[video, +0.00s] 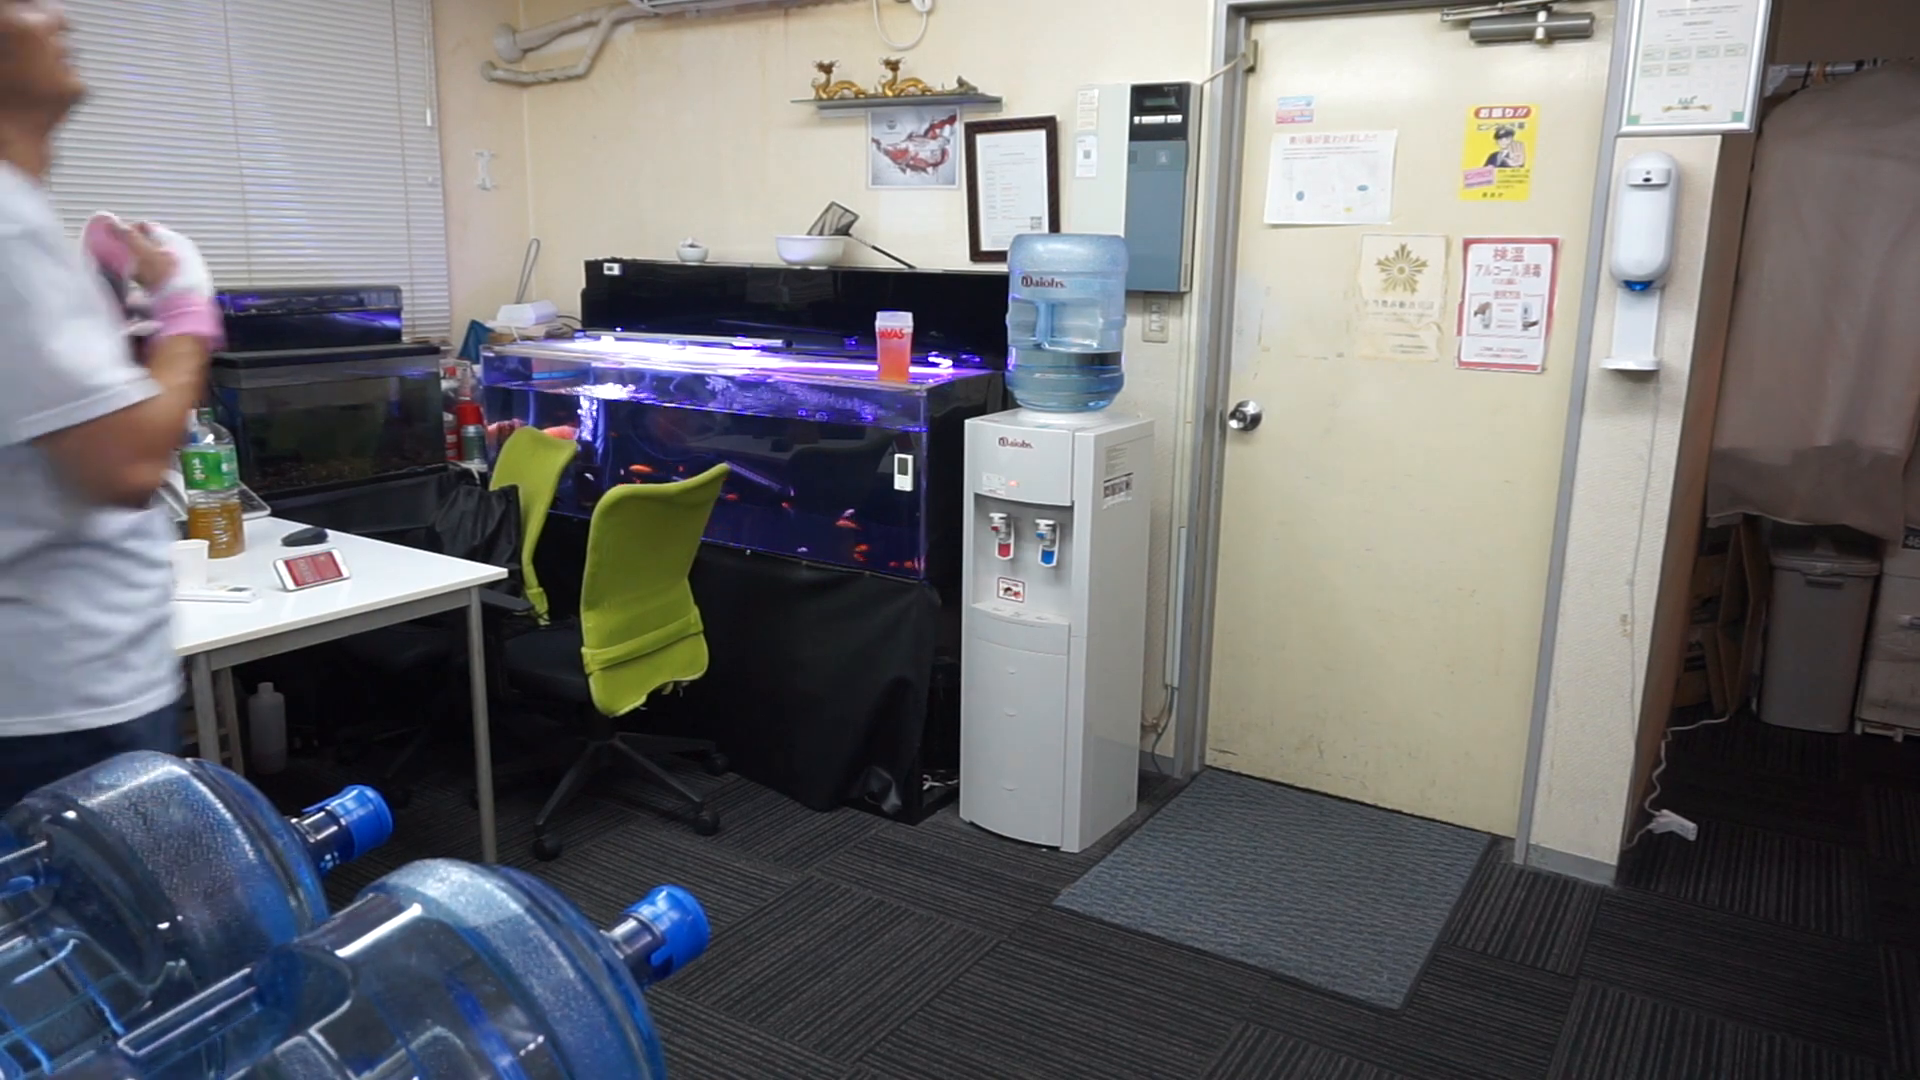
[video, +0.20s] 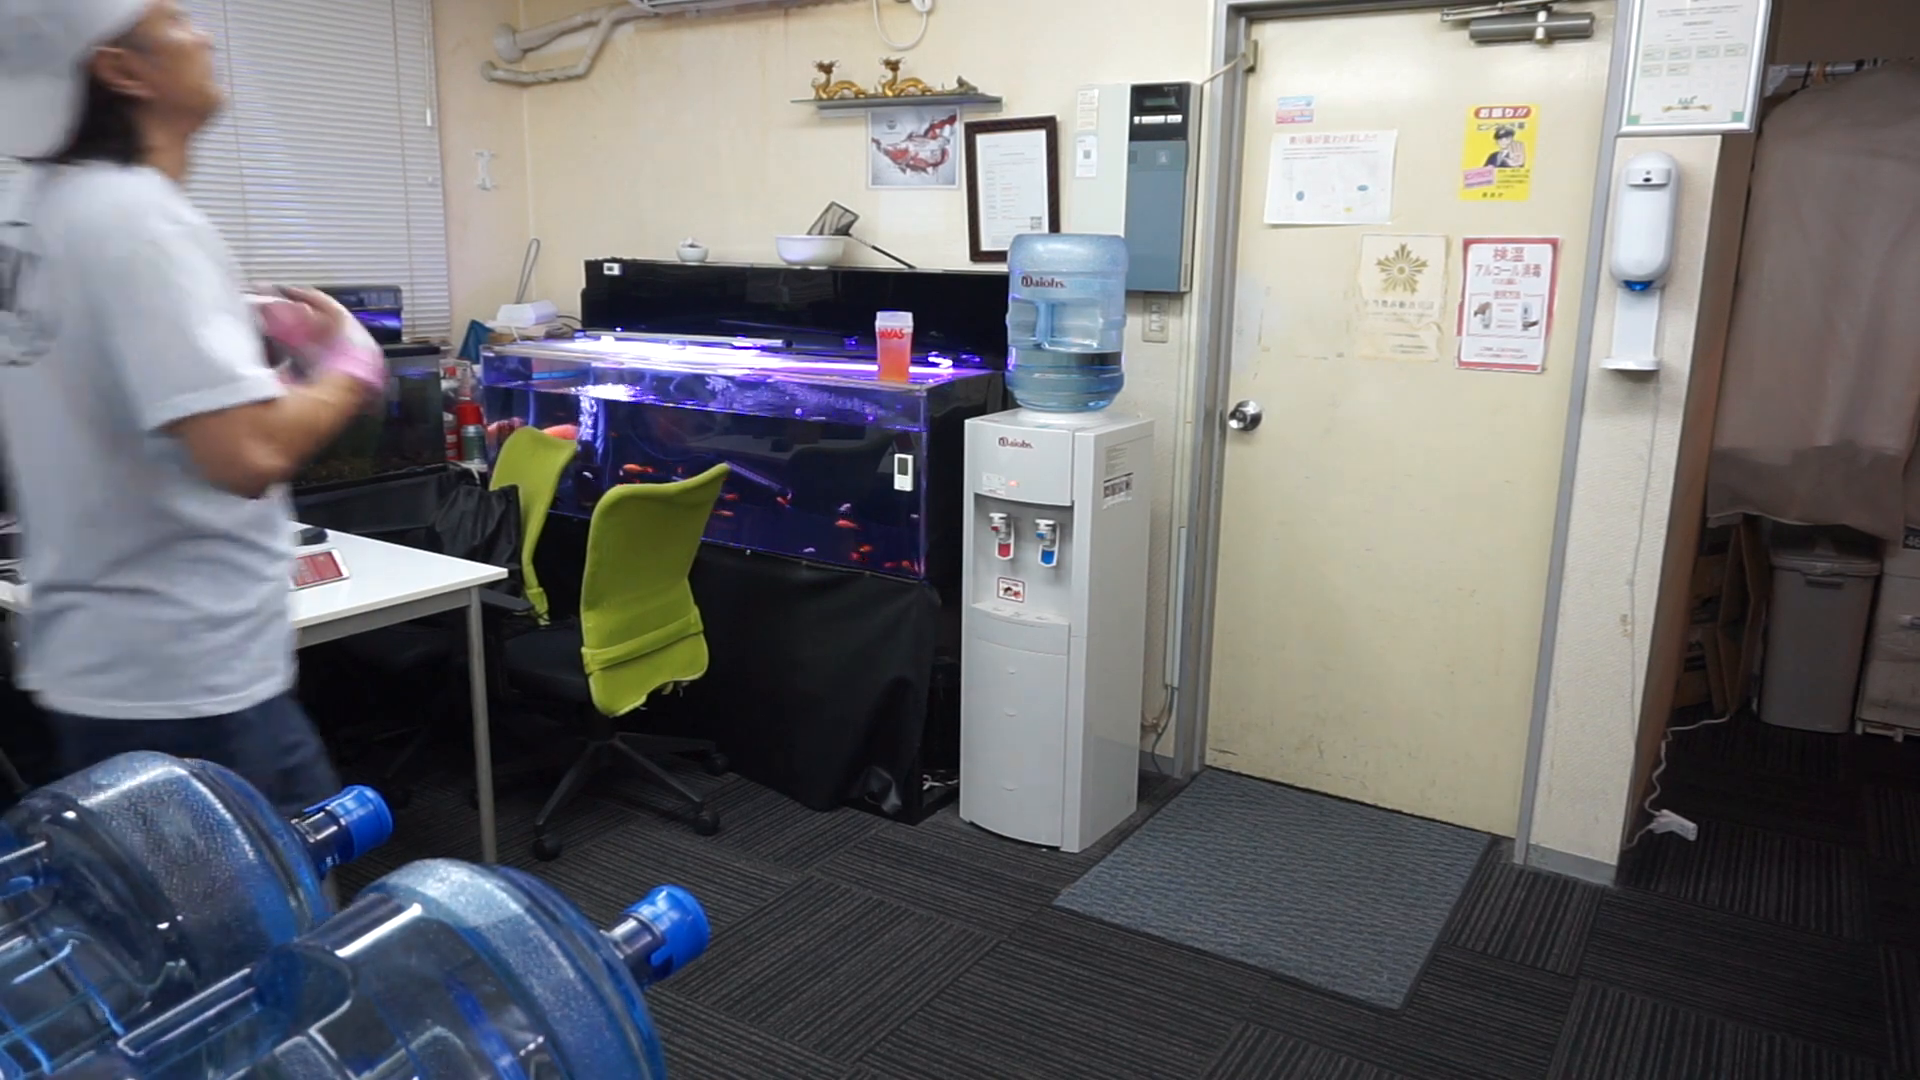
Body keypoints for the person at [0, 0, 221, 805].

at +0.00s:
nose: (61, 16)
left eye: (45, 6)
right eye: (30, 8)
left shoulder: (27, 217)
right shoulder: (17, 226)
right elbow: (124, 462)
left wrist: (120, 308)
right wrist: (188, 315)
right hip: (71, 699)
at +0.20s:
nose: (208, 35)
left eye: (189, 18)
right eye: (179, 22)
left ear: (123, 72)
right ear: (122, 70)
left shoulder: (56, 203)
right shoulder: (136, 222)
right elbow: (246, 453)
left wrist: (244, 329)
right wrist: (352, 370)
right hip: (192, 689)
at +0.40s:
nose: (339, 72)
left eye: (321, 52)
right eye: (312, 61)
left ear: (265, 111)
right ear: (268, 109)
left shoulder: (197, 235)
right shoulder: (275, 245)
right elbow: (367, 452)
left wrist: (365, 351)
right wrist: (450, 391)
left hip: (263, 668)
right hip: (332, 681)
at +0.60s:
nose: (457, 70)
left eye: (439, 52)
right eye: (430, 59)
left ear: (387, 108)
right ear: (385, 104)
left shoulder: (341, 227)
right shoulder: (389, 237)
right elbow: (467, 437)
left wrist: (507, 349)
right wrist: (550, 369)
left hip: (395, 609)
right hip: (454, 615)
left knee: (470, 826)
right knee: (553, 834)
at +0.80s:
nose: (568, 85)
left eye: (556, 69)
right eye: (546, 73)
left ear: (487, 115)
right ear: (495, 111)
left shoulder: (442, 223)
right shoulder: (493, 243)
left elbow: (492, 374)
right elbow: (580, 427)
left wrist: (596, 306)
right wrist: (668, 344)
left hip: (471, 575)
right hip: (535, 583)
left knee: (487, 797)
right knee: (667, 784)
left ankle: (467, 984)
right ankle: (681, 1000)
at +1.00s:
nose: (678, 116)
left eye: (666, 95)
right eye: (658, 103)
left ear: (602, 142)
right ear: (610, 142)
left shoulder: (541, 237)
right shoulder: (618, 260)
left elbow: (578, 387)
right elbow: (680, 445)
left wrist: (677, 316)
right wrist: (754, 361)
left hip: (554, 589)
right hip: (652, 601)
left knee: (544, 785)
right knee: (744, 787)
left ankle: (486, 969)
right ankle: (794, 976)